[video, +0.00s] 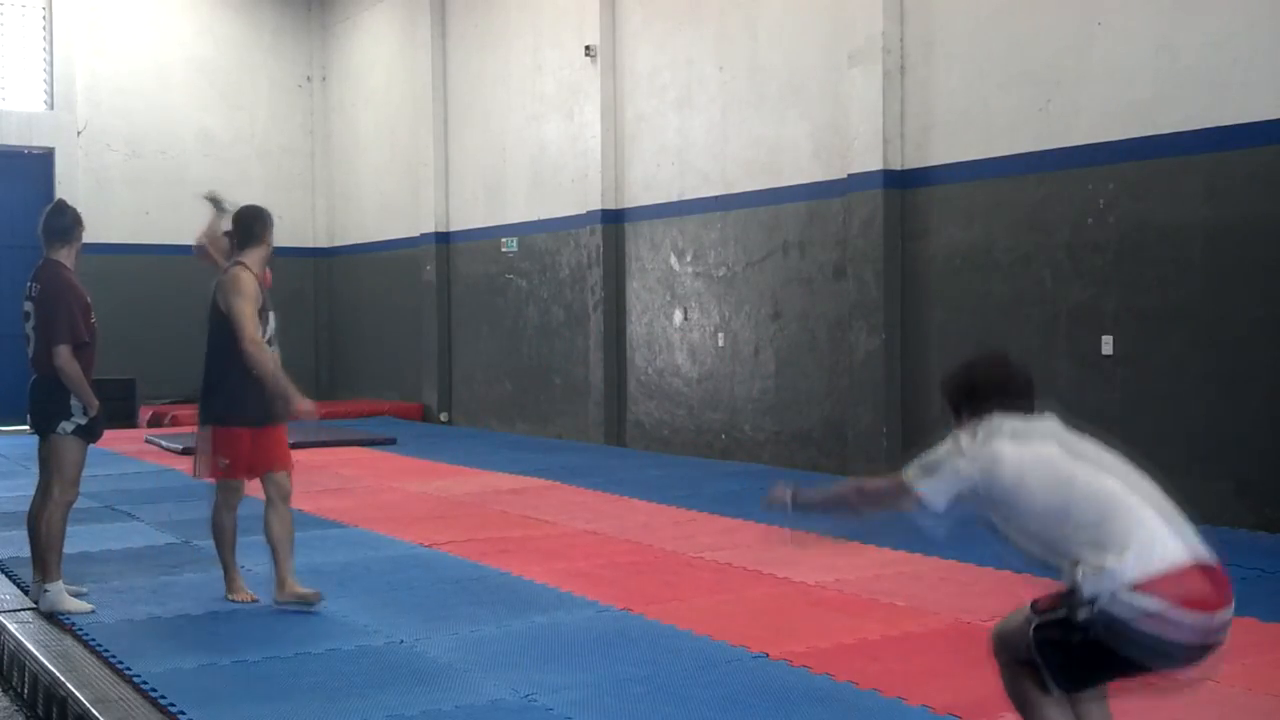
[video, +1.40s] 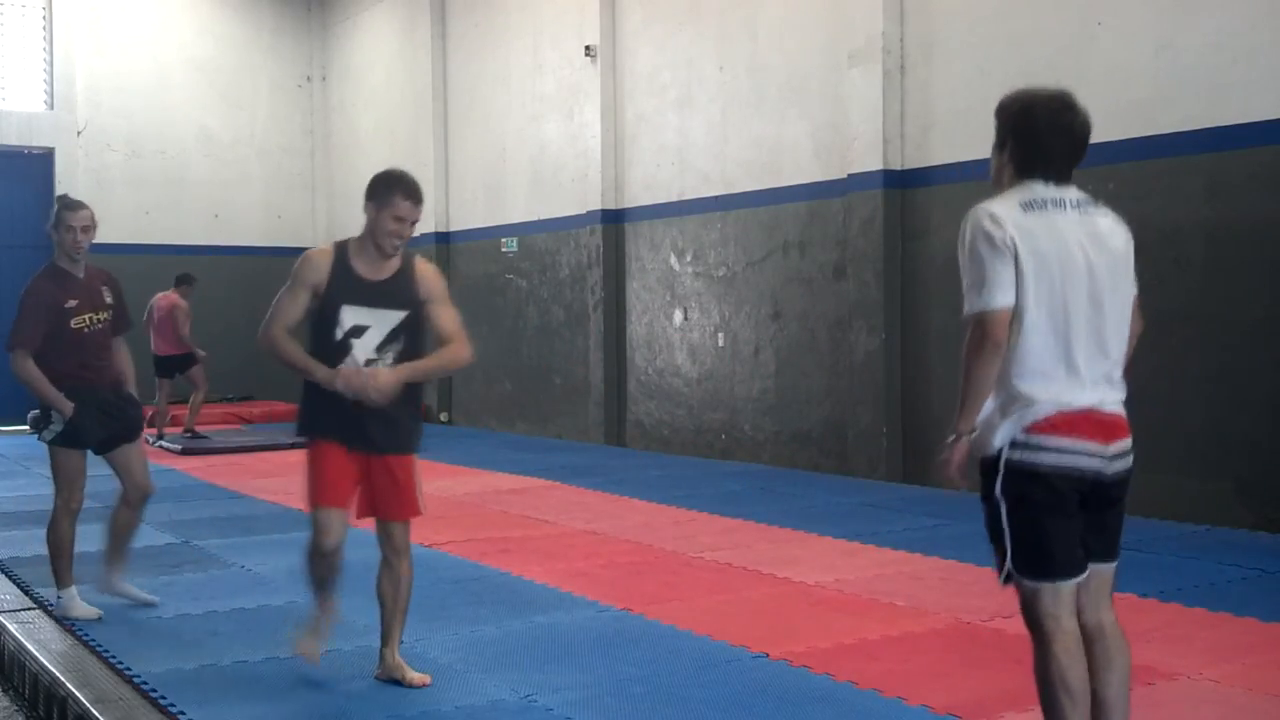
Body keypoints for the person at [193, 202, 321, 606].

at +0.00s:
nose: (274, 240)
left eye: (270, 235)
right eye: (273, 234)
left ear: (236, 237)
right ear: (267, 236)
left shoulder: (249, 275)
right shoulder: (238, 279)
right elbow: (251, 344)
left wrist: (220, 219)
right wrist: (291, 394)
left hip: (261, 405)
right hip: (231, 407)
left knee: (279, 489)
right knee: (230, 493)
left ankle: (285, 583)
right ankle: (232, 580)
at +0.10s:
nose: (283, 240)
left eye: (276, 234)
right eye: (282, 234)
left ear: (246, 237)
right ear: (278, 237)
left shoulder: (255, 276)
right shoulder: (248, 278)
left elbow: (232, 261)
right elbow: (254, 344)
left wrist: (209, 244)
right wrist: (297, 392)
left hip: (273, 408)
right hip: (243, 410)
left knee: (282, 498)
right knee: (249, 501)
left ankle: (281, 592)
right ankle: (231, 571)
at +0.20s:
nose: (293, 237)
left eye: (289, 231)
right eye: (292, 231)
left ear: (257, 235)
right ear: (289, 234)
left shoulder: (269, 275)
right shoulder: (257, 277)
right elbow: (246, 343)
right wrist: (287, 397)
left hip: (284, 404)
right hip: (255, 407)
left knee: (292, 503)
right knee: (271, 502)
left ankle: (280, 593)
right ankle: (238, 560)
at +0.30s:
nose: (306, 234)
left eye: (302, 227)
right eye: (305, 227)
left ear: (270, 230)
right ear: (300, 230)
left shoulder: (284, 278)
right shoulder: (261, 276)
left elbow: (276, 347)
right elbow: (235, 341)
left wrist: (307, 382)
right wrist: (284, 380)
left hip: (286, 401)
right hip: (258, 404)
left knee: (298, 497)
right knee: (286, 495)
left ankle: (281, 593)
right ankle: (246, 583)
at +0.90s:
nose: (351, 248)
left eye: (354, 239)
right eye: (347, 238)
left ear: (331, 234)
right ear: (320, 230)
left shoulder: (337, 278)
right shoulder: (263, 275)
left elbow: (348, 342)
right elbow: (243, 354)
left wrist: (340, 347)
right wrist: (310, 360)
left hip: (317, 416)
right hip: (266, 418)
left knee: (345, 510)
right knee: (264, 524)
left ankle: (314, 600)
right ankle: (273, 629)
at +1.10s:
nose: (366, 245)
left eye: (370, 237)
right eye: (359, 235)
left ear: (366, 235)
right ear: (329, 227)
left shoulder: (366, 285)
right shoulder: (277, 276)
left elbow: (382, 351)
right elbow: (233, 347)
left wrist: (375, 370)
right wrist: (295, 362)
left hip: (340, 431)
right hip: (280, 431)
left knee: (363, 530)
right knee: (278, 532)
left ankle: (378, 638)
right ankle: (280, 632)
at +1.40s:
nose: (403, 231)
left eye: (411, 223)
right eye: (396, 220)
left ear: (416, 221)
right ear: (369, 211)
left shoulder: (423, 276)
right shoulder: (321, 264)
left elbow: (461, 350)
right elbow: (273, 334)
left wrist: (397, 376)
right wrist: (327, 375)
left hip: (393, 430)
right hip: (333, 426)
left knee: (397, 544)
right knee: (327, 541)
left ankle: (390, 654)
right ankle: (322, 614)